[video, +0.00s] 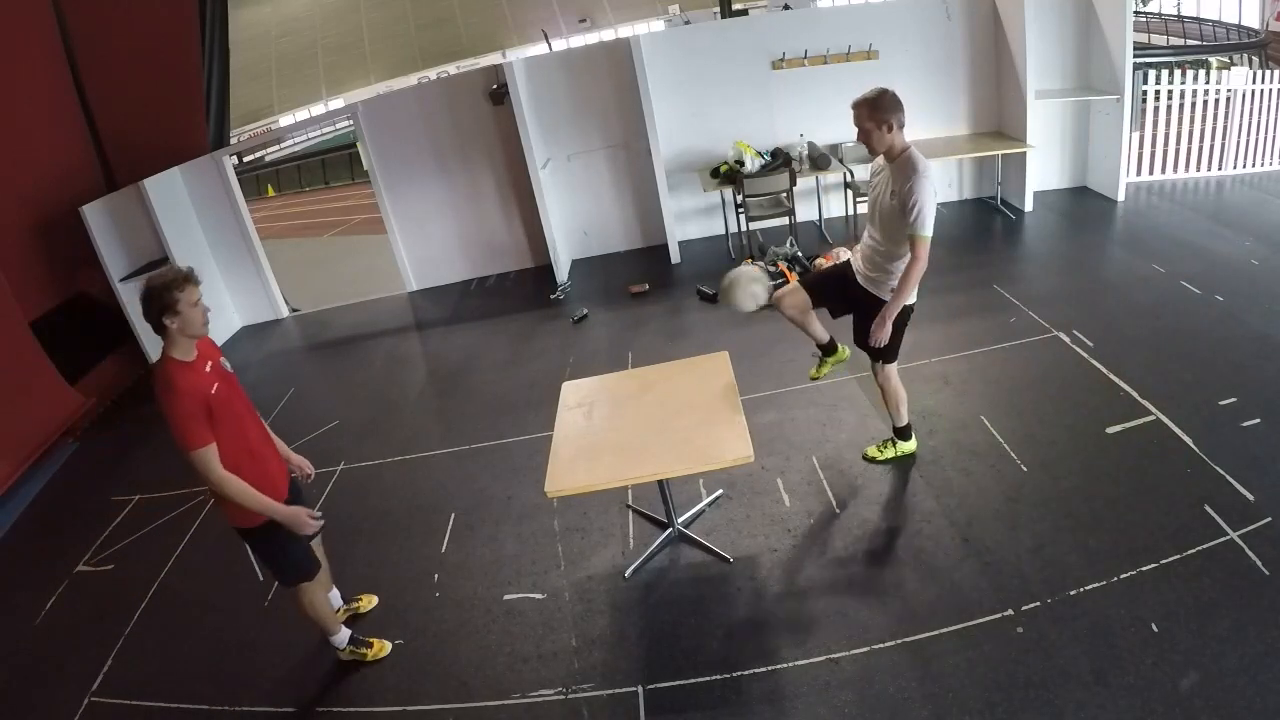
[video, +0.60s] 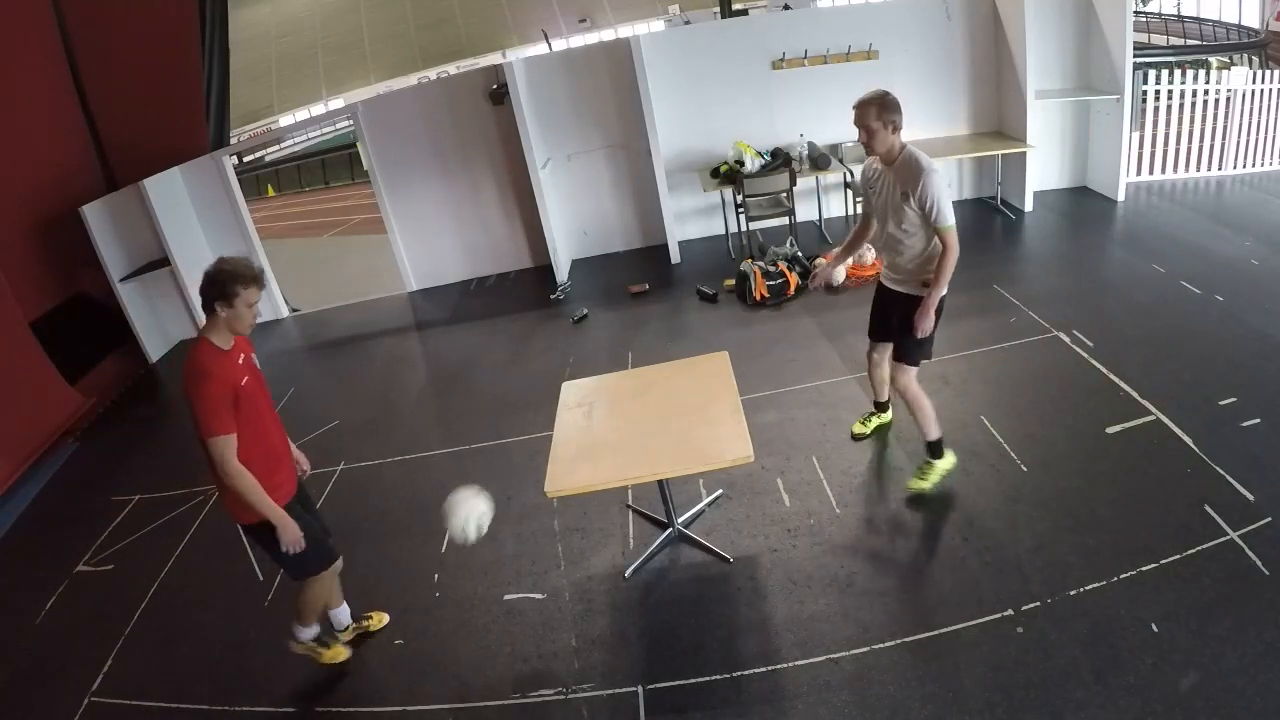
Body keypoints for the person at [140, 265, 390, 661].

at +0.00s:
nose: (206, 308)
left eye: (202, 300)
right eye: (196, 304)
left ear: (176, 318)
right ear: (170, 321)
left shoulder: (203, 347)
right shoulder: (176, 385)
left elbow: (244, 412)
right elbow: (214, 475)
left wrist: (284, 452)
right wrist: (283, 513)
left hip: (276, 477)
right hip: (254, 507)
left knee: (312, 541)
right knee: (305, 574)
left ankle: (335, 606)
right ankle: (342, 642)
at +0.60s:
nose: (257, 313)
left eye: (257, 304)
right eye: (251, 306)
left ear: (227, 308)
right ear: (222, 309)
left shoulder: (238, 343)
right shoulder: (206, 372)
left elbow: (257, 412)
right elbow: (226, 465)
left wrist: (288, 448)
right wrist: (279, 518)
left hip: (286, 480)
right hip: (263, 505)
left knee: (328, 557)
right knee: (317, 572)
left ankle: (343, 625)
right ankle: (304, 636)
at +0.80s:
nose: (272, 326)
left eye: (274, 317)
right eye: (267, 317)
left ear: (245, 313)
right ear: (237, 314)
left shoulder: (249, 347)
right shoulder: (213, 369)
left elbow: (256, 423)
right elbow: (220, 466)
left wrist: (280, 474)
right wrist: (266, 522)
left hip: (283, 484)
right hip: (262, 506)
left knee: (326, 551)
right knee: (321, 569)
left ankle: (349, 625)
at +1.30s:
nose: (260, 303)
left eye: (258, 294)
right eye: (251, 297)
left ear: (227, 303)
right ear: (222, 304)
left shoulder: (236, 338)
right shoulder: (220, 366)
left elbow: (263, 417)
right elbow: (242, 458)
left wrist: (298, 468)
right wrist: (296, 506)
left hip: (299, 477)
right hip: (288, 496)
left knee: (345, 545)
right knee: (347, 554)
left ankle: (365, 610)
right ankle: (366, 635)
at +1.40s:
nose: (259, 303)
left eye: (257, 294)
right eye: (251, 297)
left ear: (228, 305)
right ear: (222, 305)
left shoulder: (234, 339)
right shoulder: (219, 365)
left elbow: (257, 416)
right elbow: (238, 455)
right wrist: (297, 504)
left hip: (297, 472)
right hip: (290, 487)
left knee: (337, 537)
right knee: (373, 522)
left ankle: (364, 610)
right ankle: (378, 607)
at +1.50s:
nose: (262, 306)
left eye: (260, 296)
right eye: (254, 299)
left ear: (231, 306)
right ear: (226, 307)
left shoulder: (237, 341)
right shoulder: (219, 368)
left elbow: (259, 417)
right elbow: (239, 458)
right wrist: (296, 507)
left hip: (299, 470)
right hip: (292, 486)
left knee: (339, 532)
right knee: (384, 498)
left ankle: (366, 614)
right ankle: (416, 582)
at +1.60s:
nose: (267, 308)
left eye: (266, 298)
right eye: (259, 301)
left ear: (236, 305)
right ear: (231, 306)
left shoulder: (241, 340)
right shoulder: (220, 366)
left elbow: (260, 410)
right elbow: (240, 455)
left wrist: (297, 455)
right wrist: (294, 504)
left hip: (297, 464)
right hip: (287, 481)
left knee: (338, 528)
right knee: (382, 484)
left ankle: (366, 614)